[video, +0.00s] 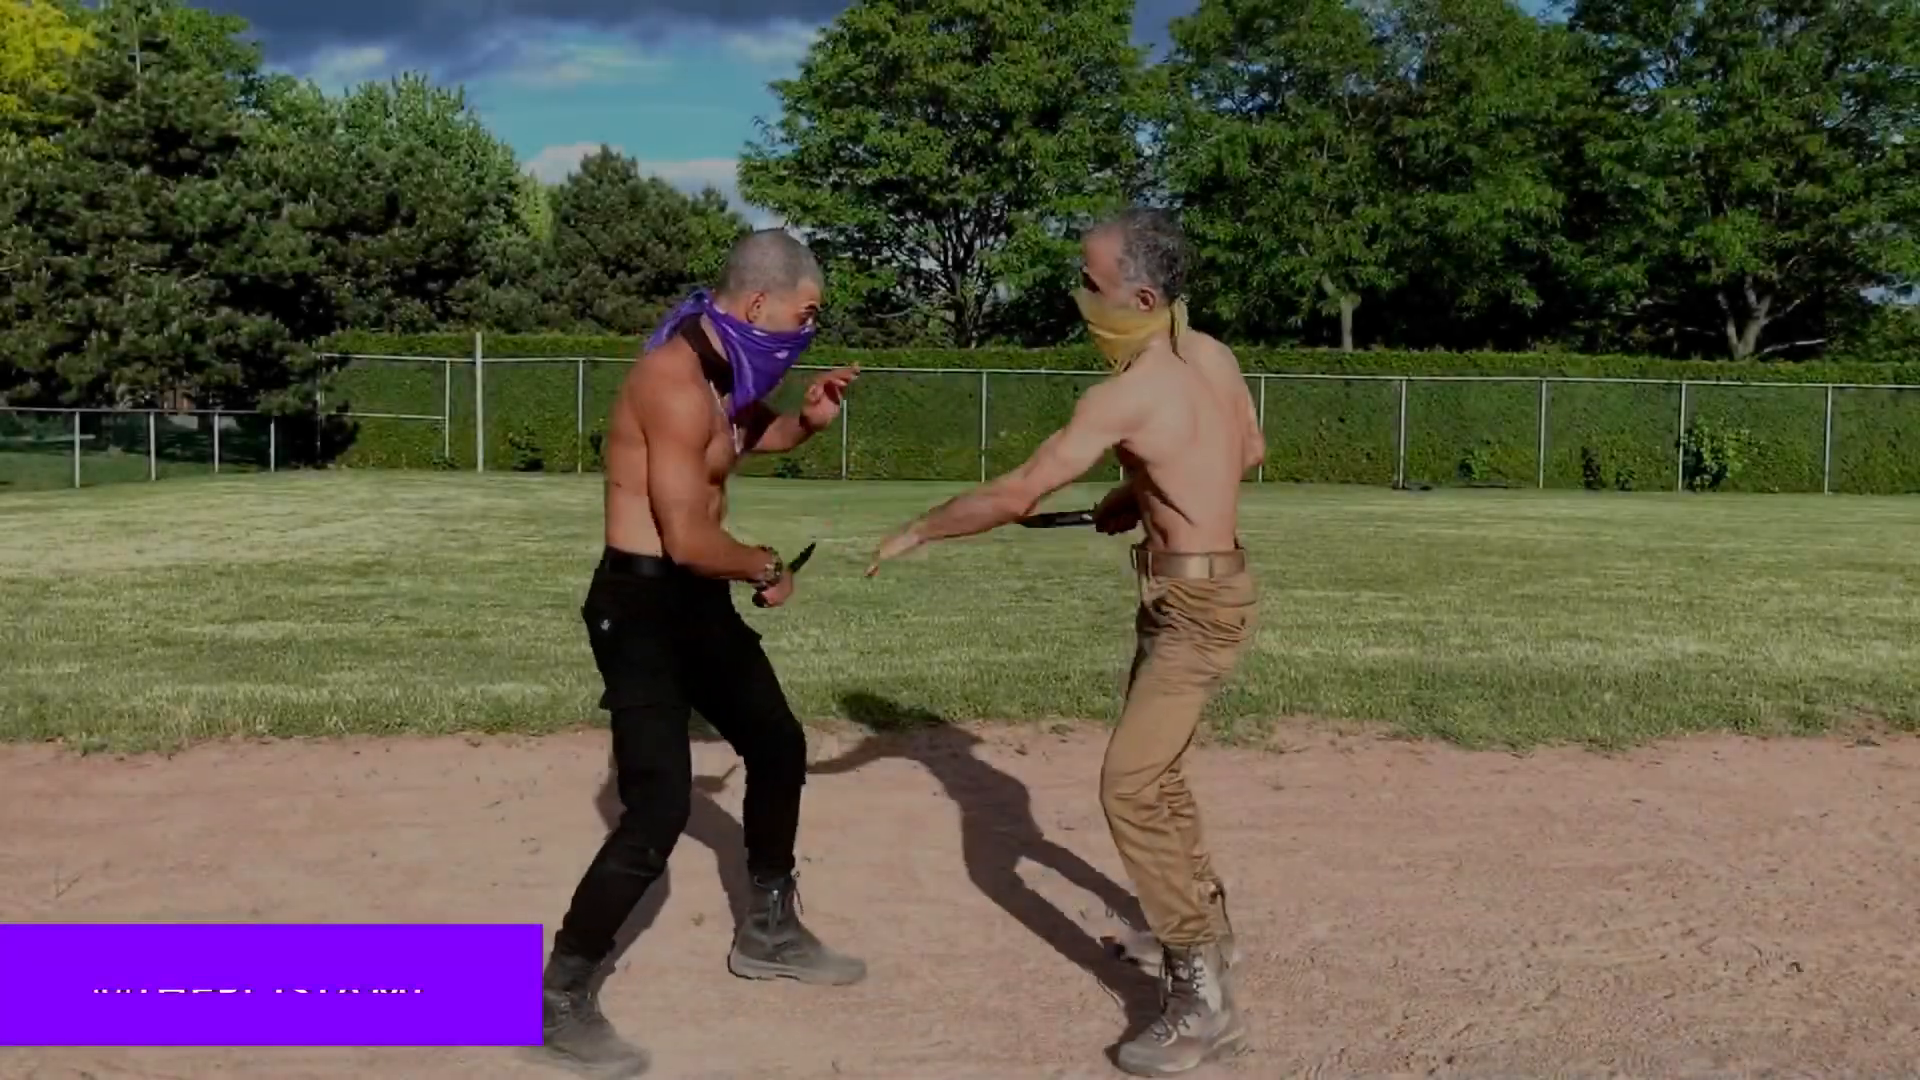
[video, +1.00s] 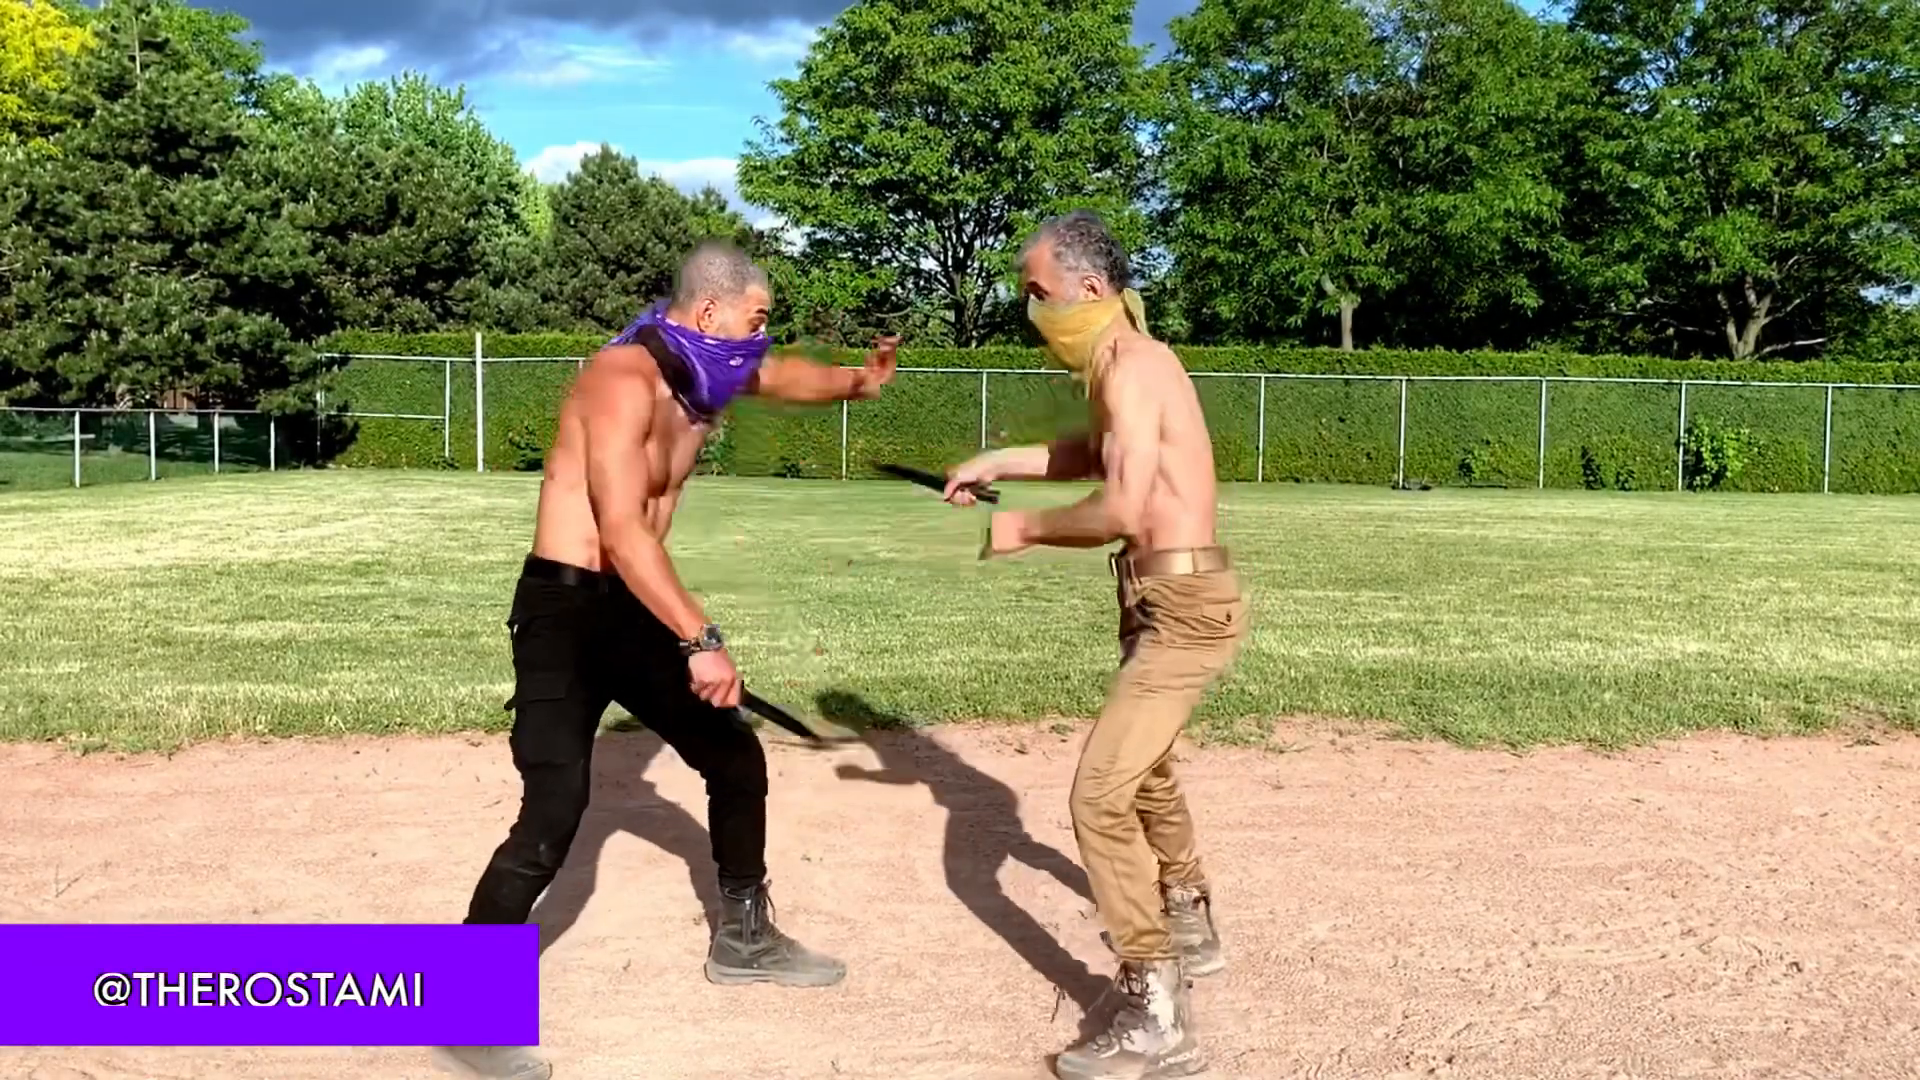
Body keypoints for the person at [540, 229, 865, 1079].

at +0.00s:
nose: (806, 333)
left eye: (810, 319)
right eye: (800, 316)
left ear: (752, 305)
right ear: (752, 304)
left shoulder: (724, 365)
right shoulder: (674, 377)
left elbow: (743, 446)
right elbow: (686, 541)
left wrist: (804, 419)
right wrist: (761, 561)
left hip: (699, 598)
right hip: (638, 603)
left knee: (779, 749)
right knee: (659, 805)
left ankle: (768, 930)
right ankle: (563, 995)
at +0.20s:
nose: (788, 325)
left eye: (793, 310)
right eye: (783, 307)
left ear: (741, 293)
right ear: (734, 293)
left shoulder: (723, 361)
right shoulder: (644, 370)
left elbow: (722, 450)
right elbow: (587, 513)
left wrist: (797, 454)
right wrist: (686, 582)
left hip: (702, 602)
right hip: (626, 607)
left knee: (777, 761)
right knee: (587, 810)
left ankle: (768, 931)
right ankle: (497, 1002)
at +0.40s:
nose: (763, 320)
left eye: (767, 304)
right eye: (755, 301)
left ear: (717, 295)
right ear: (705, 293)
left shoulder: (706, 364)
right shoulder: (612, 367)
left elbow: (725, 429)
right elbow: (525, 498)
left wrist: (802, 428)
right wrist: (602, 598)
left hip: (672, 600)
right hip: (590, 605)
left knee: (750, 753)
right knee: (581, 813)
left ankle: (753, 929)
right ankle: (496, 1000)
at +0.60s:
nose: (772, 334)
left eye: (778, 319)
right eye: (765, 316)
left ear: (734, 309)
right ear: (714, 304)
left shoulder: (714, 374)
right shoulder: (623, 367)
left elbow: (722, 463)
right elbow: (526, 477)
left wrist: (795, 459)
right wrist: (598, 582)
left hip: (665, 600)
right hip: (589, 598)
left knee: (740, 759)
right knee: (583, 812)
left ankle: (742, 935)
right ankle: (495, 1003)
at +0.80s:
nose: (775, 329)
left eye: (780, 314)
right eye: (771, 311)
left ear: (713, 294)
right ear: (725, 298)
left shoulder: (651, 345)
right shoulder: (678, 366)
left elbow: (666, 461)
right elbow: (790, 487)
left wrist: (740, 410)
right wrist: (900, 541)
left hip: (656, 605)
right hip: (591, 608)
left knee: (734, 756)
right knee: (589, 810)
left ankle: (742, 934)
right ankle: (496, 999)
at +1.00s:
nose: (763, 332)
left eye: (764, 319)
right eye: (756, 316)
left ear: (713, 309)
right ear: (707, 310)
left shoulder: (705, 370)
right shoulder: (623, 379)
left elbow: (785, 377)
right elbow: (623, 529)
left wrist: (860, 382)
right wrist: (700, 637)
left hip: (634, 609)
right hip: (561, 609)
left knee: (736, 761)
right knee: (552, 811)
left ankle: (744, 935)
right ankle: (463, 998)